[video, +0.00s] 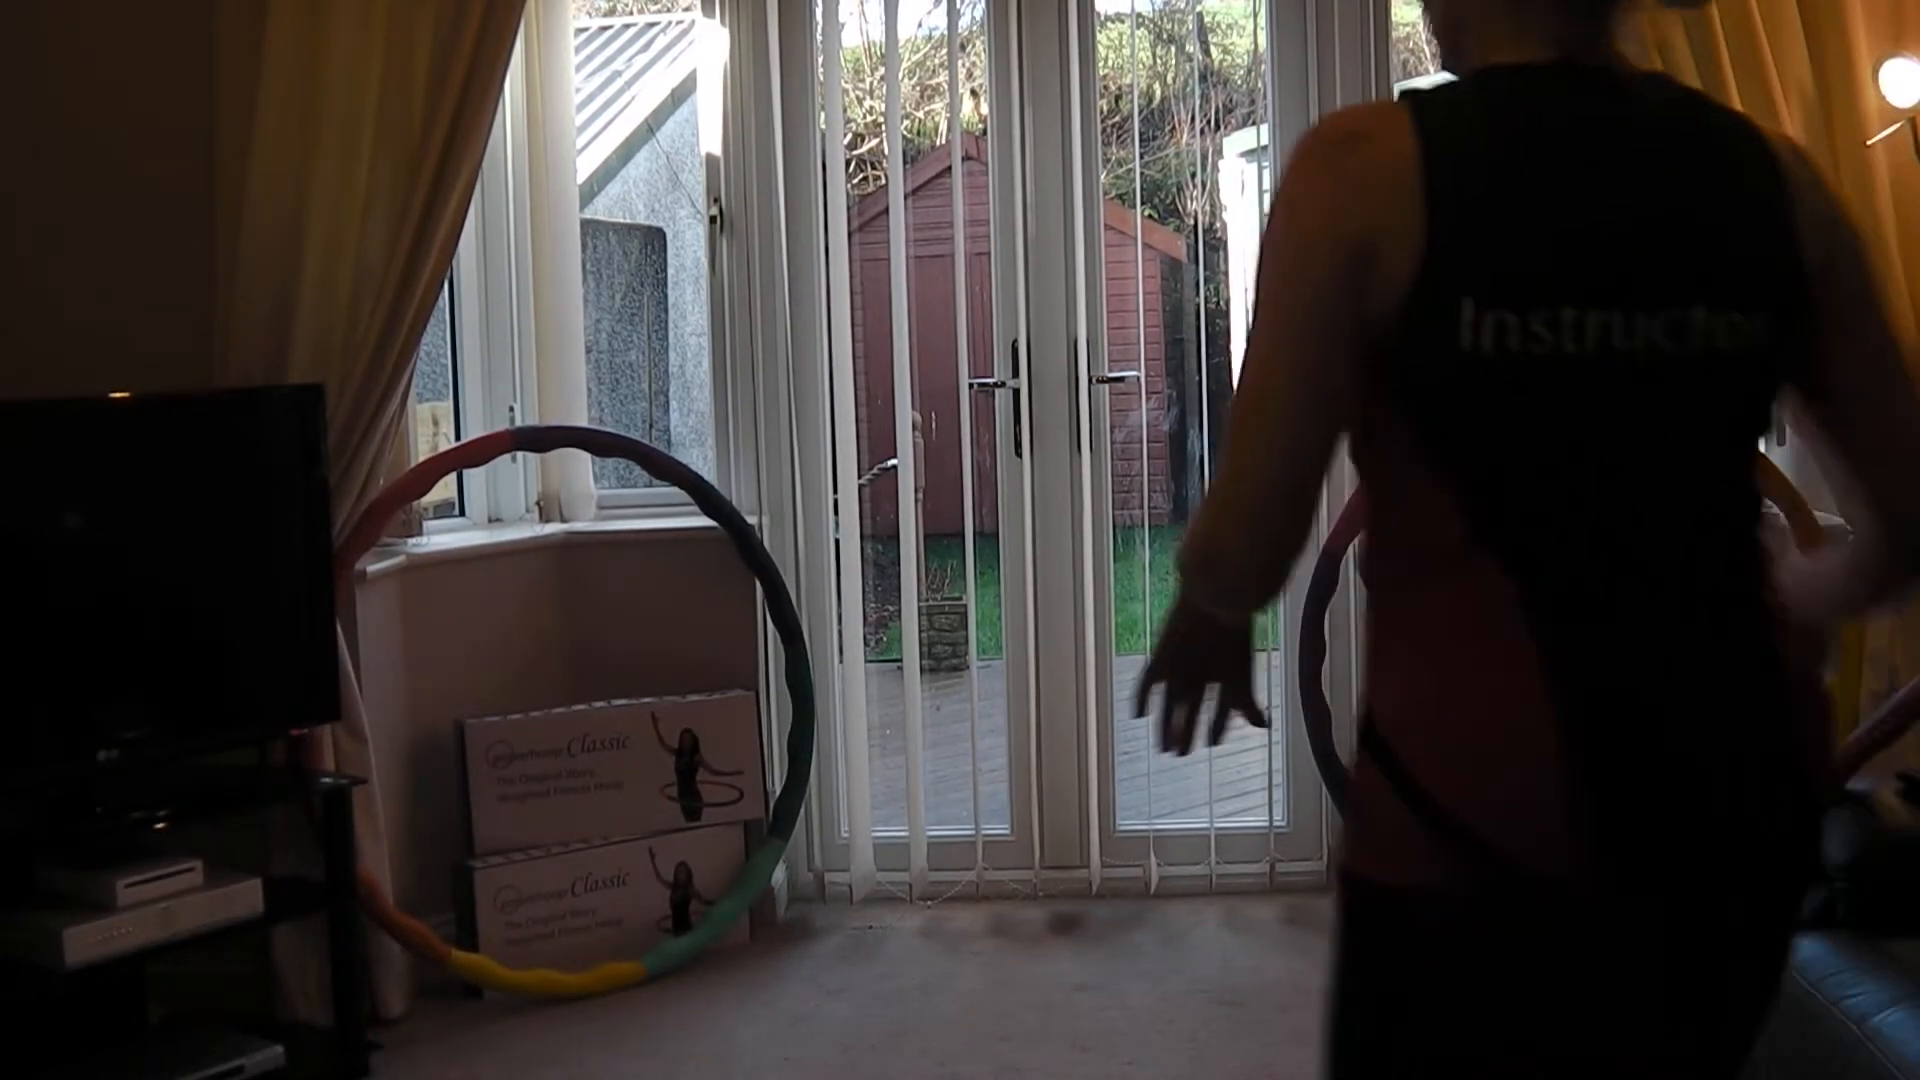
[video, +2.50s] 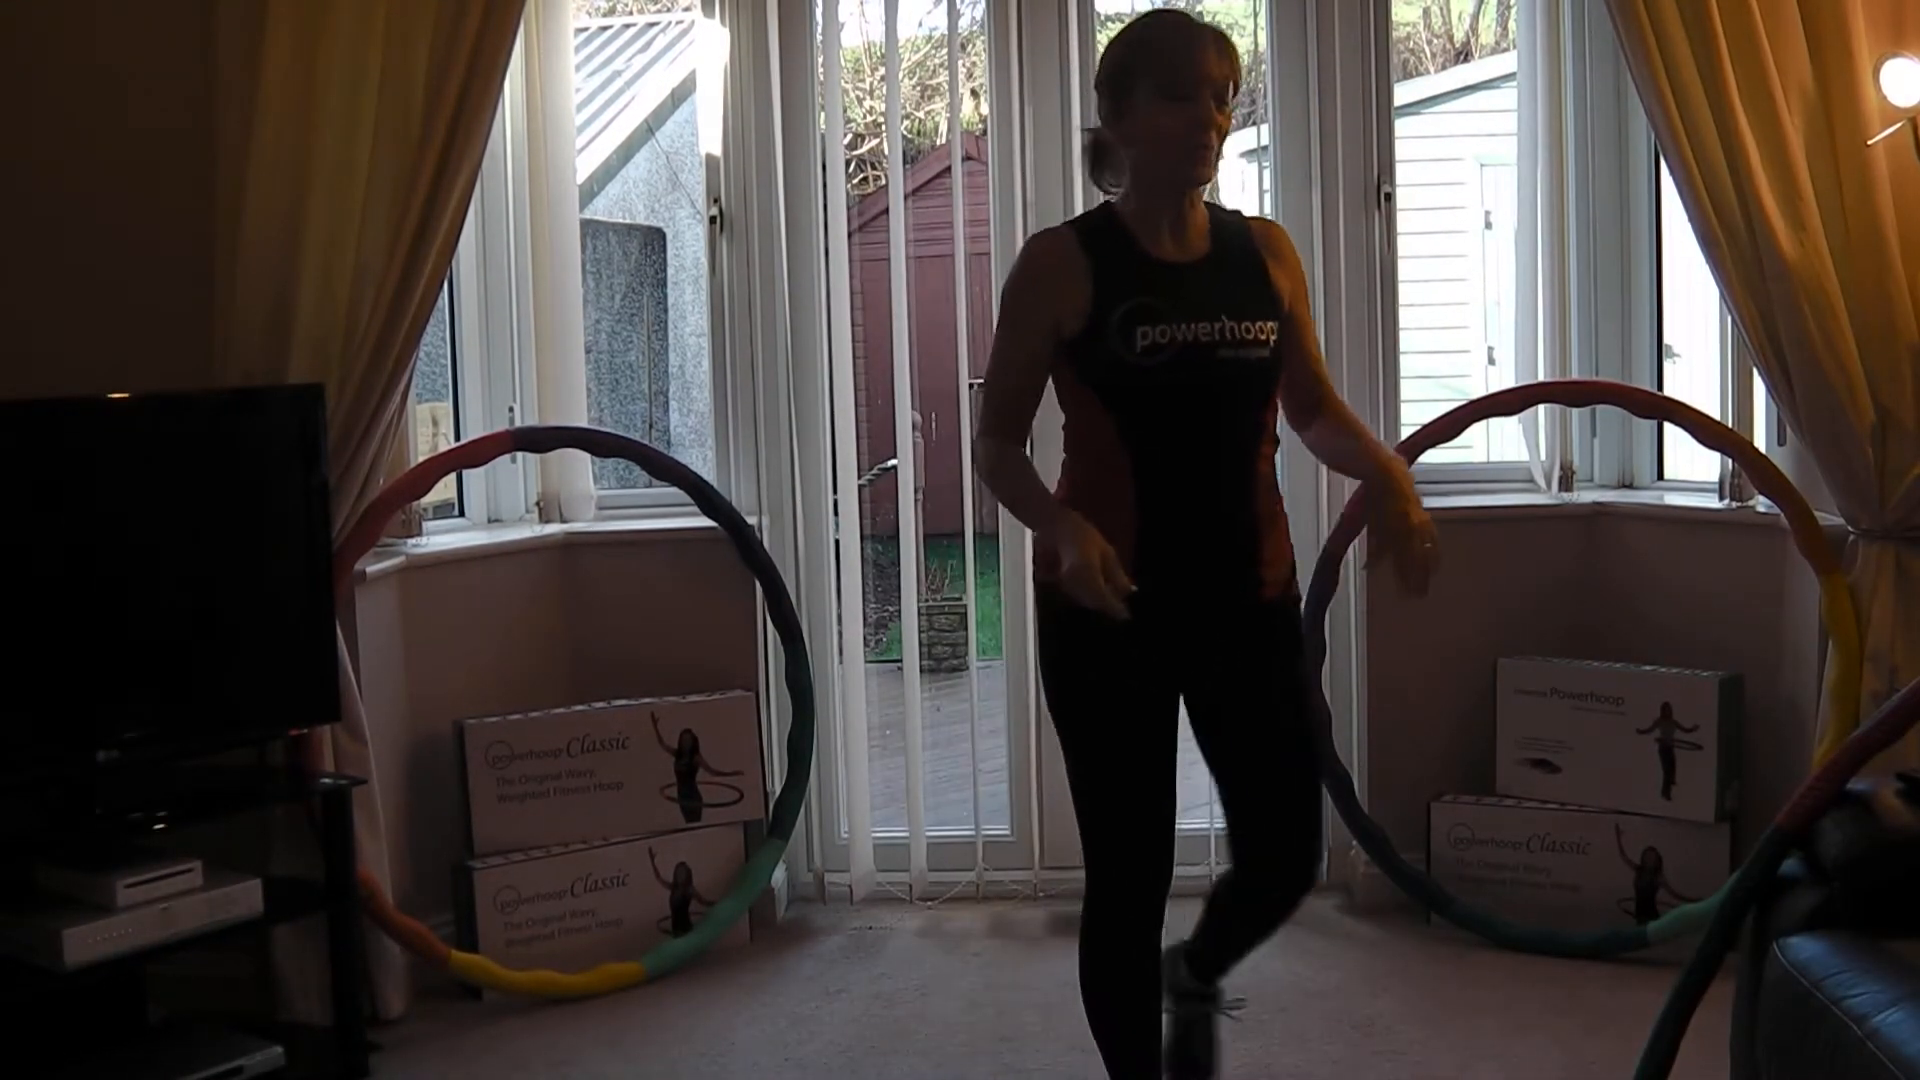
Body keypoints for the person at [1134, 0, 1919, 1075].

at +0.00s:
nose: (1429, 5)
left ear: (1453, 7)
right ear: (1613, 0)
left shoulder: (1367, 164)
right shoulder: (1769, 178)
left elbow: (1250, 530)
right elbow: (1901, 517)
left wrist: (1211, 613)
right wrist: (1786, 590)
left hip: (1469, 799)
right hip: (1736, 786)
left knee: (1434, 1079)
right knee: (1683, 1068)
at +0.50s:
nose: (1065, 78)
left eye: (1110, 48)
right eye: (1057, 45)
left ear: (1198, 69)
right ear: (1039, 52)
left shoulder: (1123, 267)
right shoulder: (1236, 231)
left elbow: (1097, 542)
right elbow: (1193, 468)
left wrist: (939, 569)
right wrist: (1037, 514)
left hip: (1147, 680)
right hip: (1263, 660)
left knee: (1113, 1022)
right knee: (1162, 990)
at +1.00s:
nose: (966, 124)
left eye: (993, 104)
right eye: (944, 104)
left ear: (1037, 123)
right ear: (919, 120)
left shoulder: (1100, 273)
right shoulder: (865, 265)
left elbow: (1178, 442)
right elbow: (822, 418)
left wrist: (1154, 536)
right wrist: (766, 542)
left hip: (1068, 620)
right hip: (919, 622)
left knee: (1046, 888)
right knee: (918, 891)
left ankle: (1114, 1079)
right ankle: (928, 1078)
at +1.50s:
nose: (1064, 137)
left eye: (1087, 115)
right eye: (1042, 116)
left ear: (1119, 135)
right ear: (1012, 134)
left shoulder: (1162, 262)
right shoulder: (964, 275)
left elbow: (1203, 408)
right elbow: (904, 434)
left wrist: (1196, 511)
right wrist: (944, 525)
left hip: (1135, 587)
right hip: (1001, 590)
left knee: (1127, 815)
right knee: (973, 839)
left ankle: (1124, 1010)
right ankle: (936, 1064)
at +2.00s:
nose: (1122, 137)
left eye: (1144, 117)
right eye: (1103, 117)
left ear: (1181, 137)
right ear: (1078, 133)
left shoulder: (1230, 268)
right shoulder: (1028, 266)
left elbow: (1283, 401)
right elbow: (975, 404)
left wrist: (1299, 483)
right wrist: (962, 502)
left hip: (1187, 579)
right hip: (1055, 577)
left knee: (1154, 805)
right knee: (1081, 806)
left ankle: (1126, 1004)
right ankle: (1096, 1034)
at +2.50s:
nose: (1213, 121)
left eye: (1225, 102)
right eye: (1185, 98)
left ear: (1233, 119)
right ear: (1116, 113)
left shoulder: (1264, 252)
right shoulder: (1060, 265)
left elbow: (1315, 409)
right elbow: (994, 441)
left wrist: (1391, 475)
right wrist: (1054, 523)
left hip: (1247, 596)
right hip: (1106, 602)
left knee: (1284, 860)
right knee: (1128, 878)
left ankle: (1192, 977)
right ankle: (1134, 1075)